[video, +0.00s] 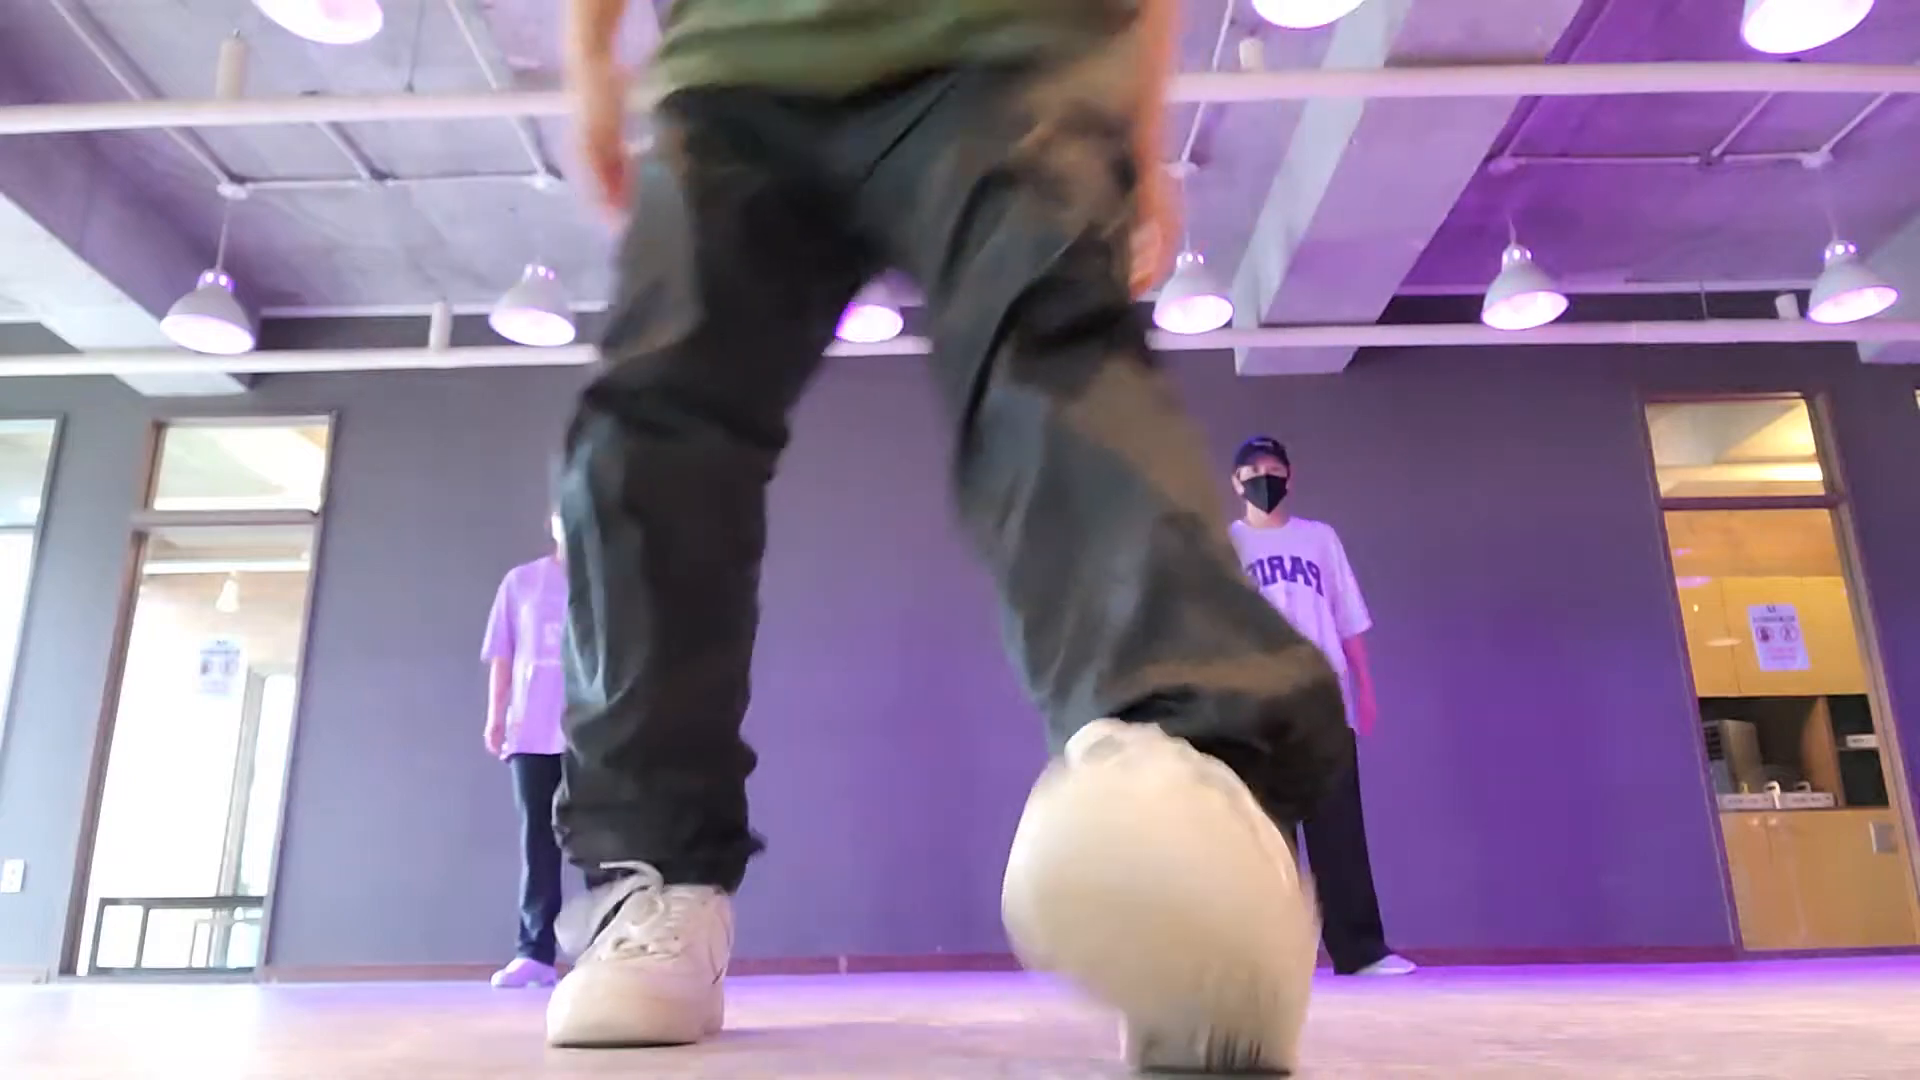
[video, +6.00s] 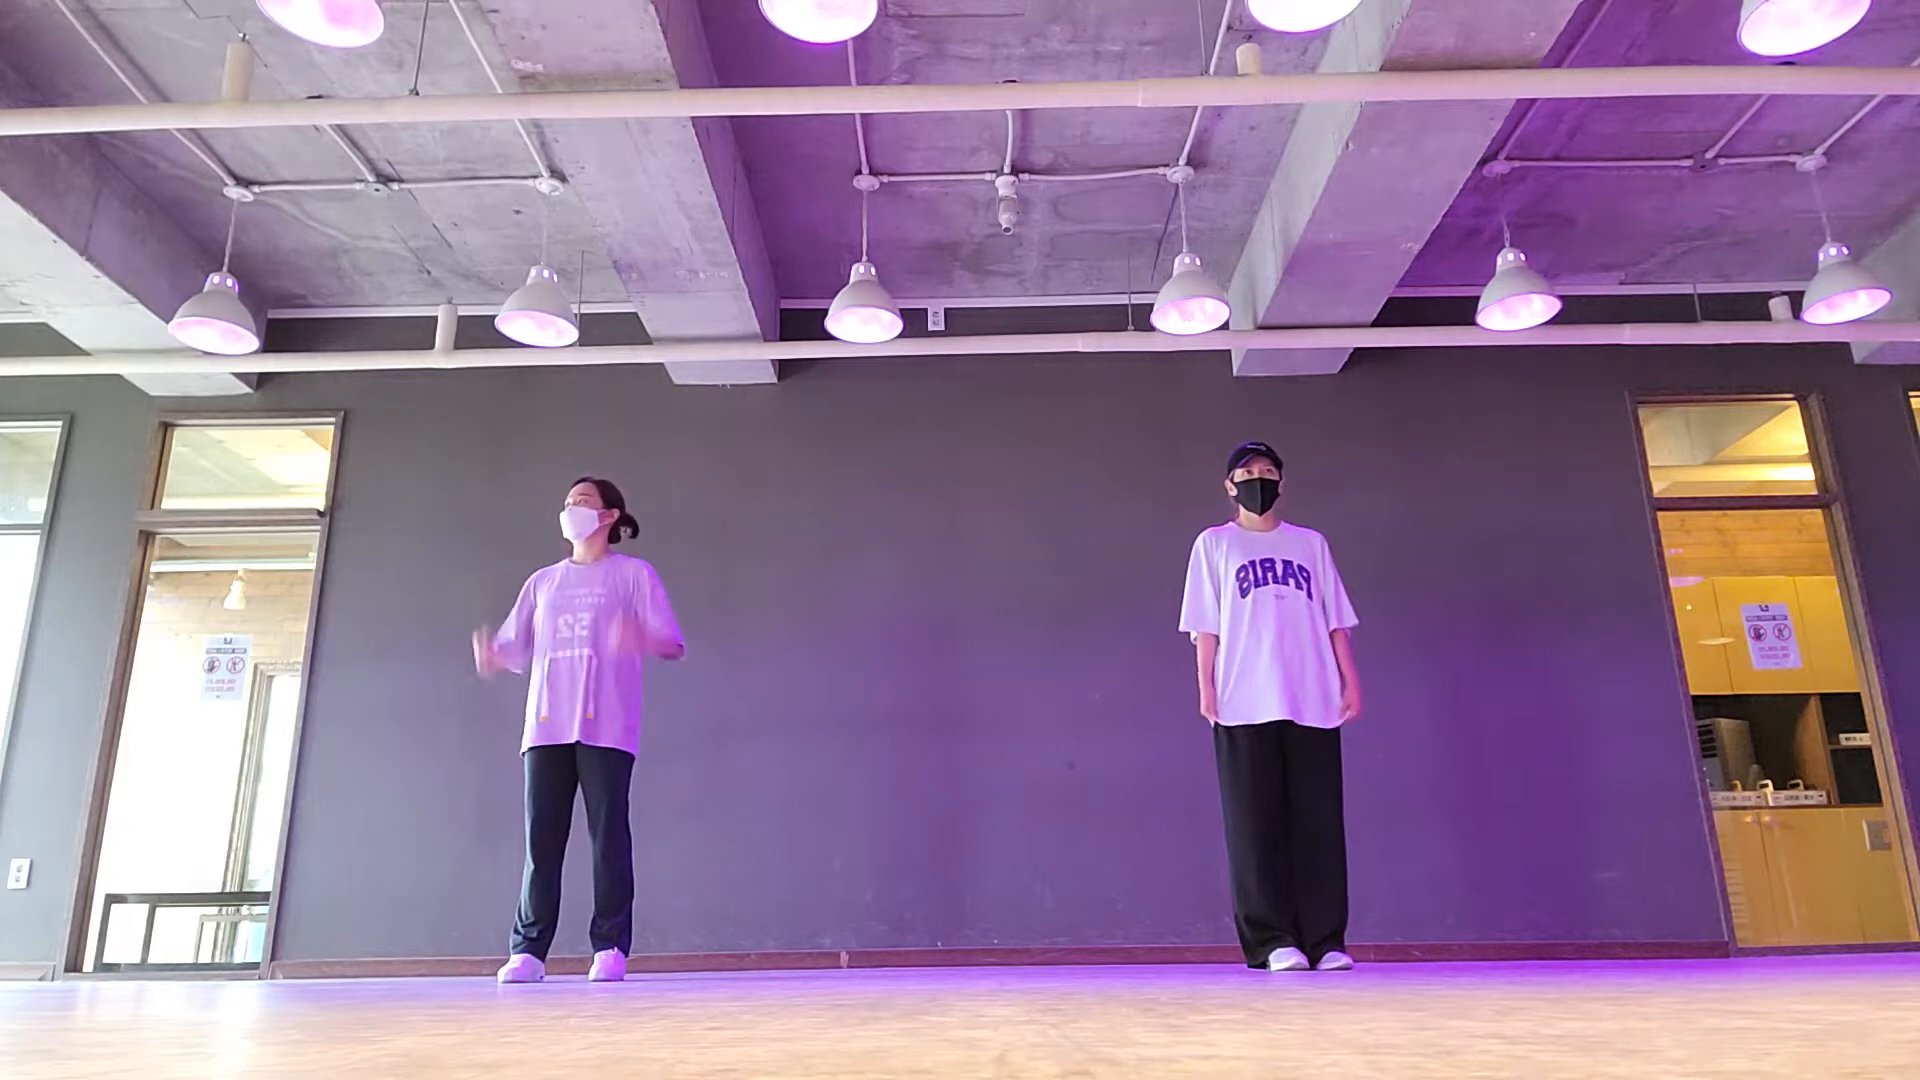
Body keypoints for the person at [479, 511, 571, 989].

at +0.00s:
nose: (569, 530)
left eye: (577, 522)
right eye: (563, 521)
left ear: (592, 528)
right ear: (552, 524)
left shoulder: (605, 582)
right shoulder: (520, 582)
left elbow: (621, 655)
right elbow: (501, 658)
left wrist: (618, 723)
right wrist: (496, 718)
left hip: (591, 735)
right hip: (533, 730)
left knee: (598, 844)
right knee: (537, 844)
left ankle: (609, 955)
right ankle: (536, 952)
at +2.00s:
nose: (578, 515)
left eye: (589, 509)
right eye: (568, 508)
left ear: (605, 524)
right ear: (554, 522)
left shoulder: (623, 581)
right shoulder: (525, 580)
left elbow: (632, 656)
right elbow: (503, 653)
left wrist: (624, 714)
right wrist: (494, 711)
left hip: (588, 728)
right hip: (527, 728)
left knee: (599, 843)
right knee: (530, 846)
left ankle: (615, 948)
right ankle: (526, 952)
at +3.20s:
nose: (566, 511)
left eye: (577, 505)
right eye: (557, 504)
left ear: (594, 522)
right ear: (543, 520)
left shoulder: (616, 581)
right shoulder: (514, 581)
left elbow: (638, 653)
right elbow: (490, 651)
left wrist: (604, 666)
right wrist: (497, 657)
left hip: (586, 729)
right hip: (524, 728)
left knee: (595, 841)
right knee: (529, 845)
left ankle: (609, 949)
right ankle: (525, 953)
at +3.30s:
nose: (569, 510)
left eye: (581, 504)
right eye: (560, 504)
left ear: (598, 522)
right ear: (547, 521)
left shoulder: (621, 580)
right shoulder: (521, 580)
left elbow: (645, 651)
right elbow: (485, 650)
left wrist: (606, 615)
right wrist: (512, 608)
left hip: (591, 728)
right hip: (529, 727)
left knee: (597, 840)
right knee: (531, 844)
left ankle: (609, 949)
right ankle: (525, 953)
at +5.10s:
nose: (593, 511)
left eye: (604, 505)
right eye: (584, 505)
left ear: (620, 522)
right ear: (570, 520)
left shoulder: (635, 576)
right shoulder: (543, 577)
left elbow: (670, 617)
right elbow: (490, 610)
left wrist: (663, 565)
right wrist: (516, 555)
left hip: (612, 721)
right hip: (548, 721)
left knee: (611, 837)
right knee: (543, 837)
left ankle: (610, 949)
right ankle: (527, 951)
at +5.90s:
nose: (573, 511)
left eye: (586, 503)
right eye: (569, 504)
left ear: (611, 519)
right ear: (562, 518)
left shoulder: (633, 574)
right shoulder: (543, 581)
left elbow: (676, 633)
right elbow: (499, 641)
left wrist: (657, 583)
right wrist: (478, 601)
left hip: (609, 723)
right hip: (547, 723)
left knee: (609, 839)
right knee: (542, 841)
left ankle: (610, 949)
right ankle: (527, 951)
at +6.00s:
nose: (573, 510)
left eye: (585, 503)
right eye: (569, 503)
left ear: (611, 518)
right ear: (561, 518)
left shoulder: (636, 576)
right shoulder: (540, 582)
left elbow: (674, 645)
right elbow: (518, 652)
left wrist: (639, 636)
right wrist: (494, 655)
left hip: (607, 725)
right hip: (546, 725)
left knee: (608, 840)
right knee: (541, 841)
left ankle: (610, 949)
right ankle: (527, 952)